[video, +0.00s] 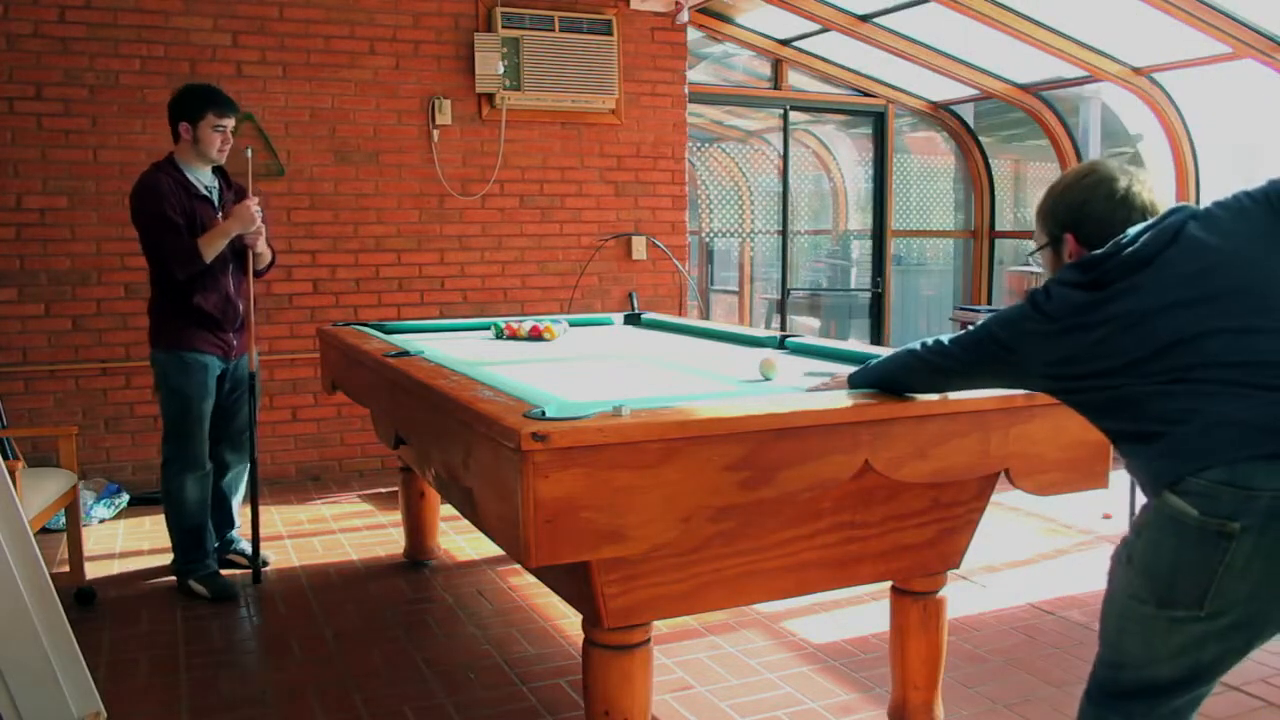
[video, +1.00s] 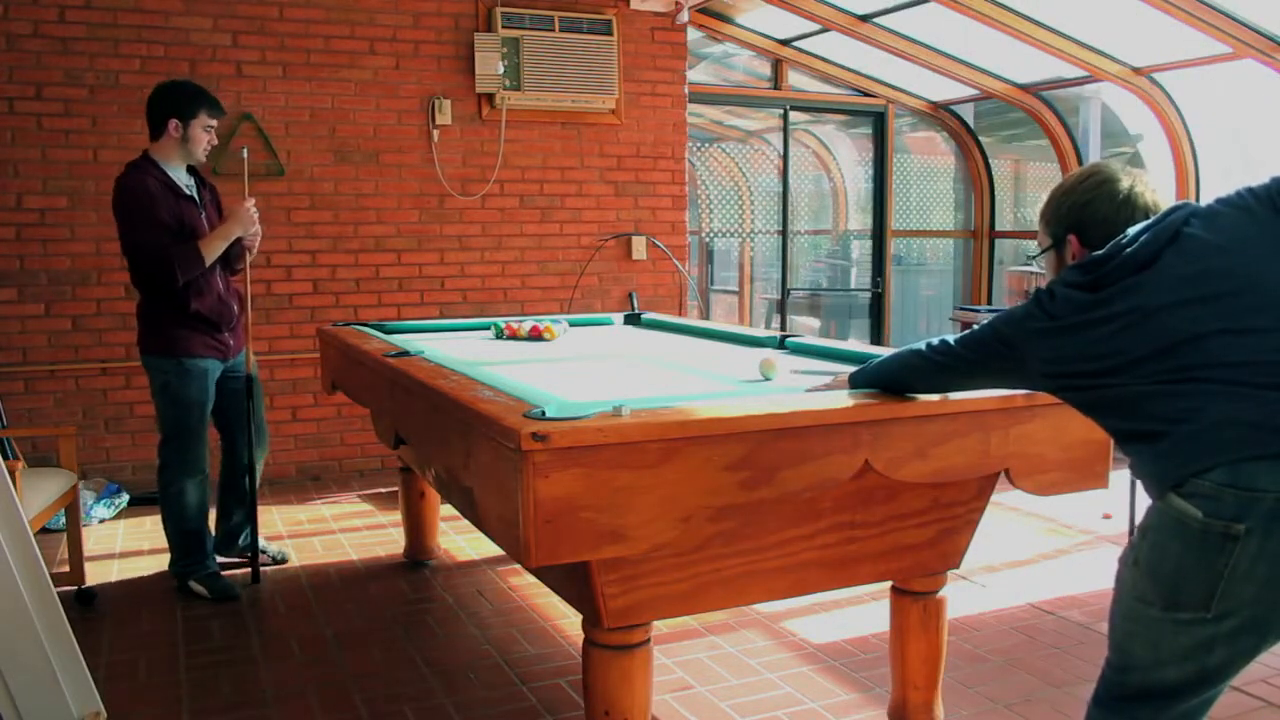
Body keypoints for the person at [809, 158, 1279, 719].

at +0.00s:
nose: (1046, 263)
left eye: (1046, 248)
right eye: (1043, 250)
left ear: (1073, 247)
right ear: (1150, 219)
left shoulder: (1055, 318)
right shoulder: (1247, 218)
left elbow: (940, 360)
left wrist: (860, 377)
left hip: (1235, 503)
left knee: (1127, 701)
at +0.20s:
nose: (1044, 269)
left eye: (1045, 252)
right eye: (1042, 255)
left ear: (1073, 250)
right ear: (1150, 221)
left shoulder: (1052, 320)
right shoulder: (1247, 219)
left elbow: (937, 361)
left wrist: (860, 376)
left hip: (1238, 505)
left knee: (1130, 703)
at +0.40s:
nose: (1043, 271)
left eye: (1045, 253)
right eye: (1041, 255)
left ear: (1073, 252)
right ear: (1149, 223)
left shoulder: (1054, 320)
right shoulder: (1246, 219)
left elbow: (938, 361)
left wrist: (860, 376)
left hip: (1239, 504)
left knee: (1133, 703)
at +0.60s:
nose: (1046, 268)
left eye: (1047, 252)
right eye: (1043, 254)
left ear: (1075, 250)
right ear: (1151, 222)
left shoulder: (1058, 319)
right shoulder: (1247, 217)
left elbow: (940, 361)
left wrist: (860, 376)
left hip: (1240, 505)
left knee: (1135, 703)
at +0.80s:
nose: (1048, 266)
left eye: (1049, 250)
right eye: (1046, 253)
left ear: (1075, 248)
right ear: (1153, 220)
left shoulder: (1054, 318)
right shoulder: (1250, 216)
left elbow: (939, 359)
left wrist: (860, 377)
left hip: (1239, 505)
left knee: (1133, 704)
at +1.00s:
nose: (1049, 267)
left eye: (1050, 251)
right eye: (1047, 253)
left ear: (1077, 248)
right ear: (1152, 218)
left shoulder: (1056, 319)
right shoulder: (1250, 213)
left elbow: (938, 361)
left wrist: (860, 376)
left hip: (1240, 503)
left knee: (1136, 703)